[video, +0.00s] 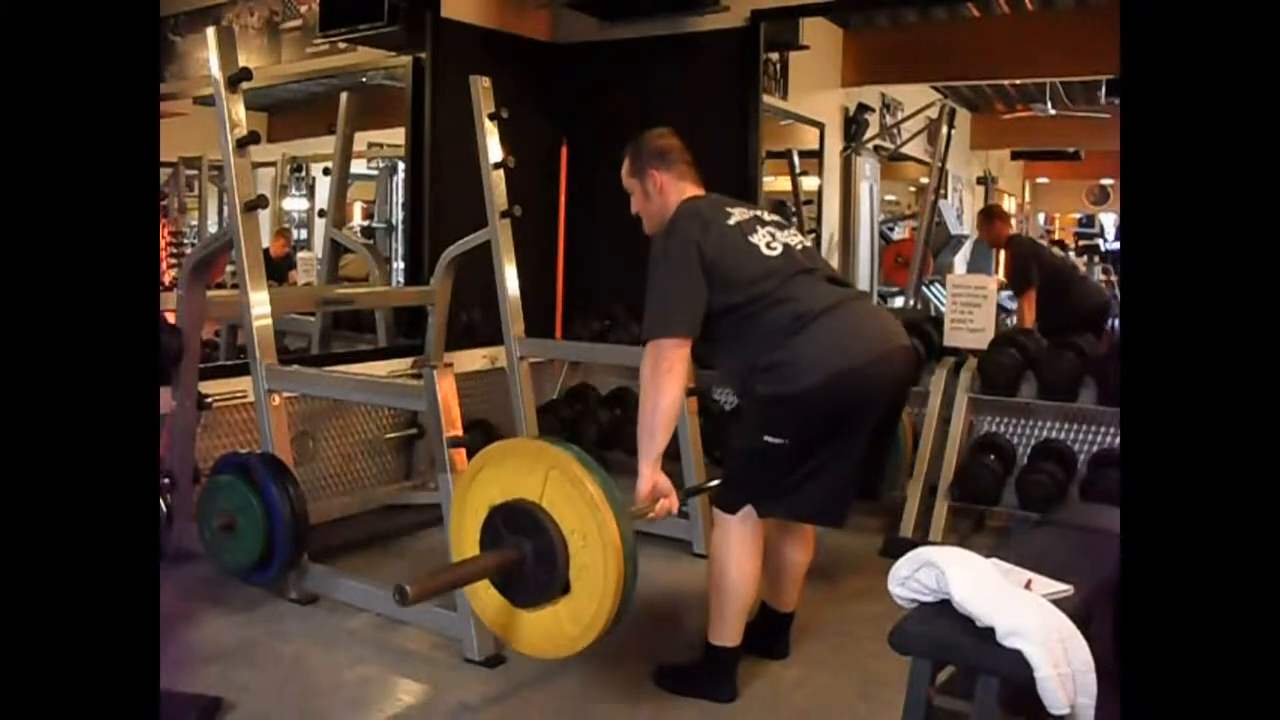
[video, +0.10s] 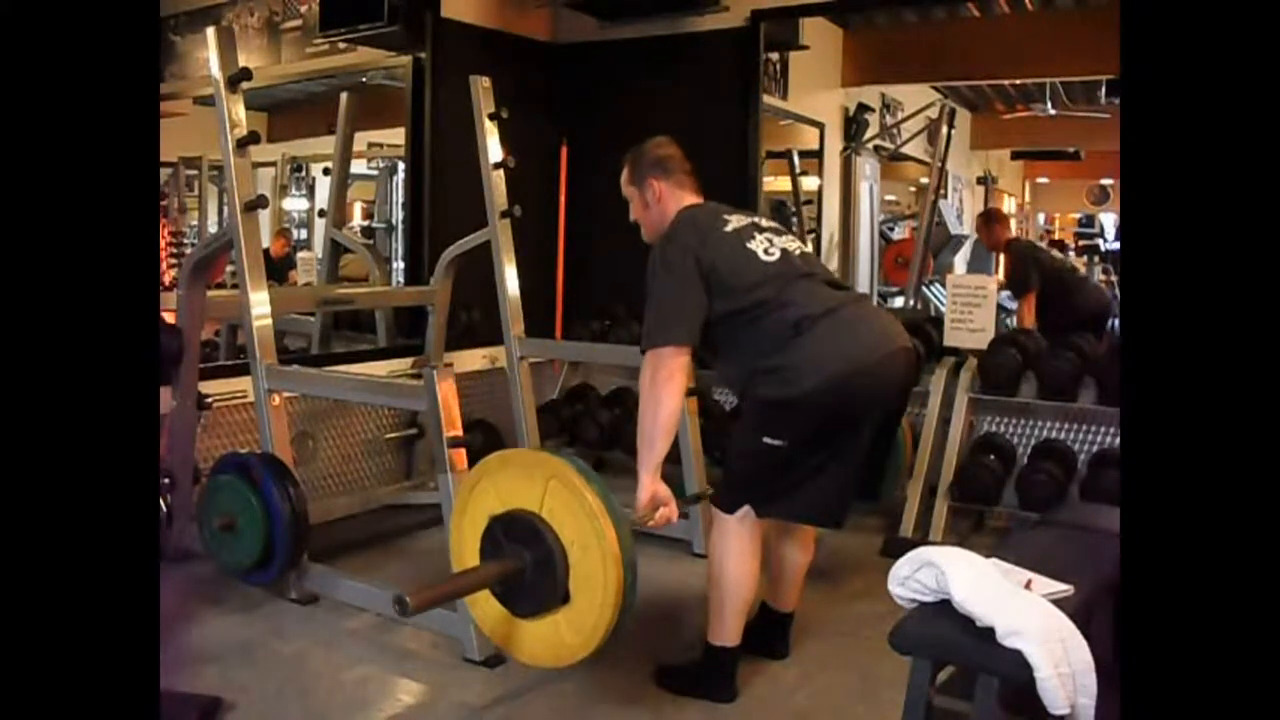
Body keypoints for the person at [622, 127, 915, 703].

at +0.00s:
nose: (634, 212)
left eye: (632, 195)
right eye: (630, 198)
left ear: (657, 182)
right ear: (688, 178)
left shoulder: (681, 233)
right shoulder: (747, 213)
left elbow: (668, 352)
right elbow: (801, 297)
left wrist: (649, 465)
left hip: (811, 367)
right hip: (885, 351)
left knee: (736, 505)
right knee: (797, 505)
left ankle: (716, 668)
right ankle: (772, 631)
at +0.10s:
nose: (633, 218)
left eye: (632, 202)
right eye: (629, 204)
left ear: (657, 191)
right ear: (685, 187)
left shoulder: (679, 243)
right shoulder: (747, 222)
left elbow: (668, 363)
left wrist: (649, 473)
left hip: (813, 370)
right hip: (886, 354)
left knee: (735, 505)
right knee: (798, 504)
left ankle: (716, 669)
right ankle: (773, 630)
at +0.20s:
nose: (629, 227)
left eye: (629, 210)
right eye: (626, 212)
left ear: (654, 200)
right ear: (681, 197)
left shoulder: (677, 252)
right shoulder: (742, 231)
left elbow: (667, 369)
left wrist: (649, 482)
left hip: (814, 370)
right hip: (887, 355)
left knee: (735, 507)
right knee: (798, 503)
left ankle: (715, 669)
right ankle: (773, 629)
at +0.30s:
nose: (626, 238)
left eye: (626, 222)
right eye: (623, 224)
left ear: (650, 213)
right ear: (677, 208)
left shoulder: (676, 260)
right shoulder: (742, 241)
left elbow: (666, 380)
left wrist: (648, 493)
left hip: (813, 373)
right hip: (887, 357)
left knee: (737, 506)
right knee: (798, 503)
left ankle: (715, 670)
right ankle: (773, 630)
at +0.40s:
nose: (624, 249)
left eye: (623, 232)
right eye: (621, 235)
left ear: (647, 224)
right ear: (676, 218)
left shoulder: (674, 270)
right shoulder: (736, 250)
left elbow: (665, 389)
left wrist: (648, 504)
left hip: (819, 373)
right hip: (889, 357)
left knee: (737, 506)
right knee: (797, 502)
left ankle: (715, 669)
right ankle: (773, 629)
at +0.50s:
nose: (623, 258)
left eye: (623, 243)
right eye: (620, 245)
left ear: (646, 233)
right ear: (674, 229)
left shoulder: (673, 279)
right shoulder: (732, 260)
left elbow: (663, 399)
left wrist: (647, 515)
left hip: (823, 374)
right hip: (891, 357)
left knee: (733, 507)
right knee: (795, 503)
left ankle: (716, 669)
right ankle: (773, 629)